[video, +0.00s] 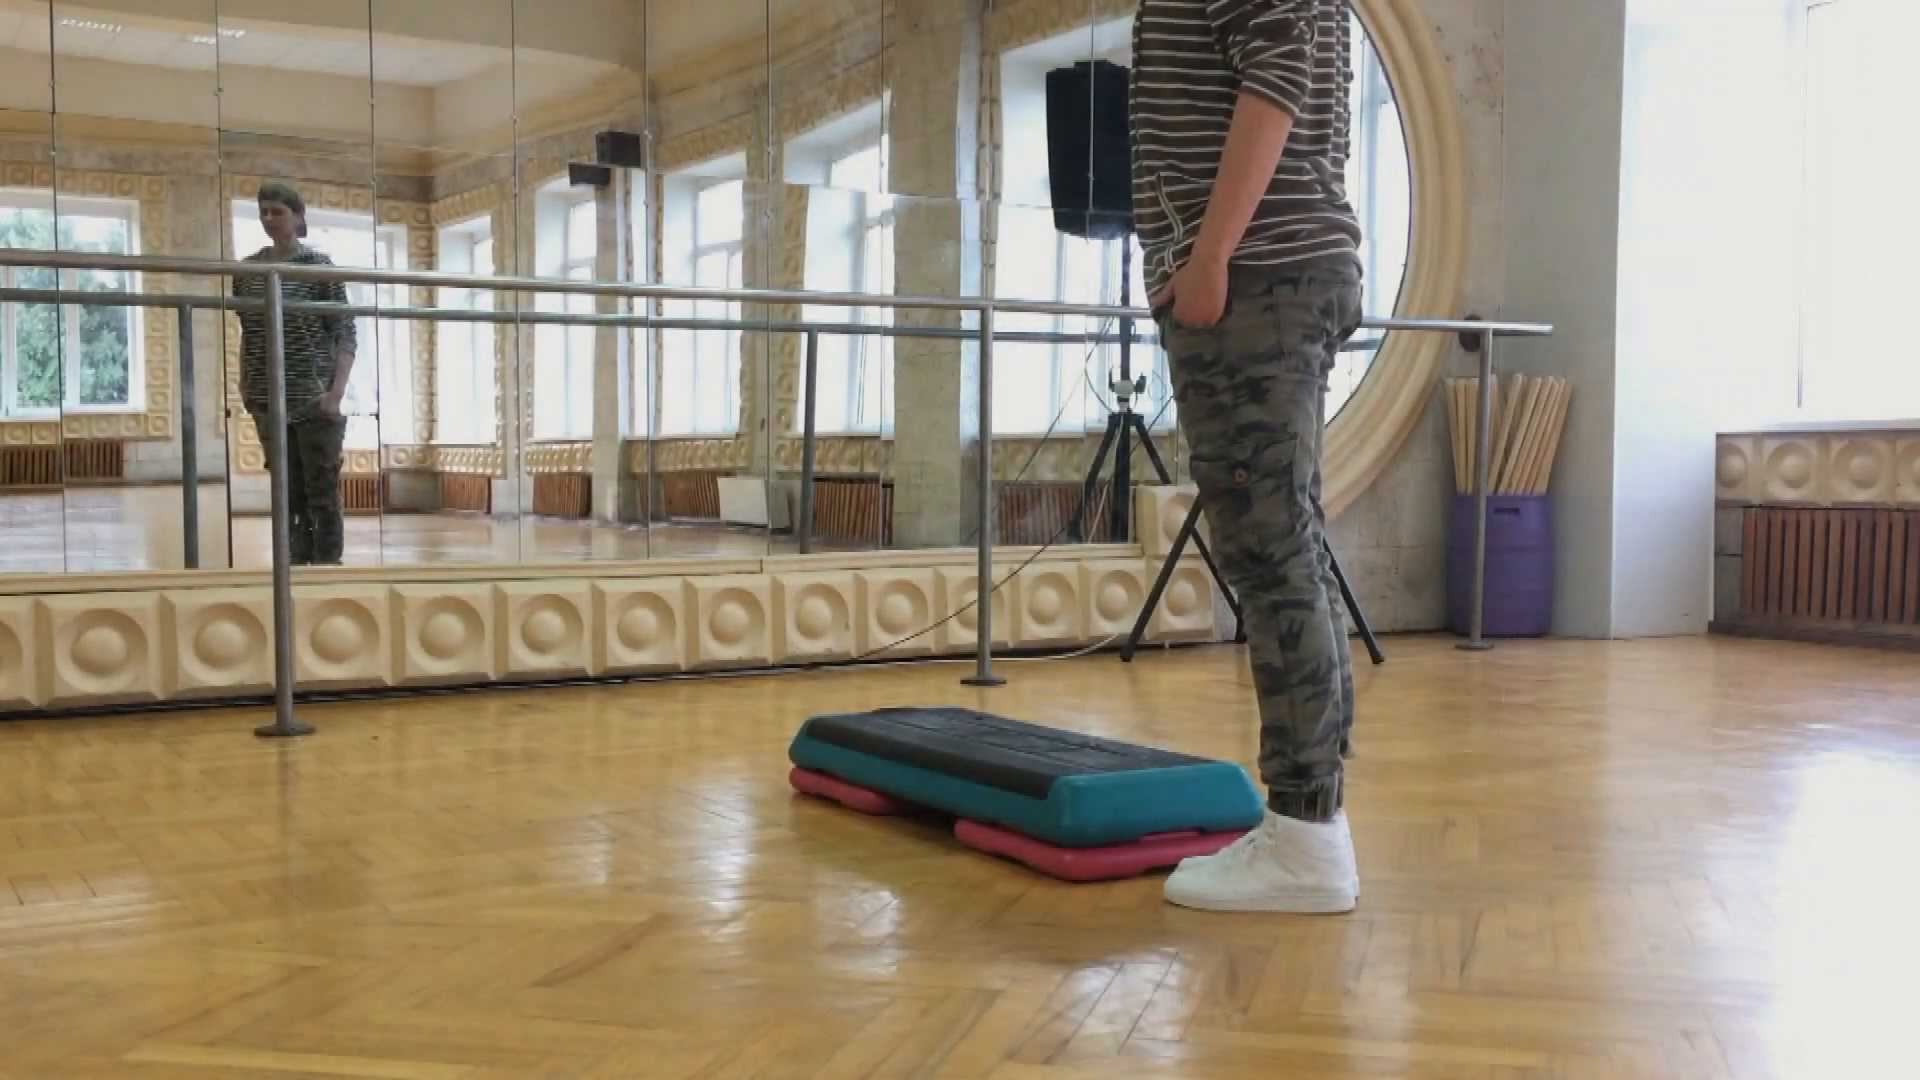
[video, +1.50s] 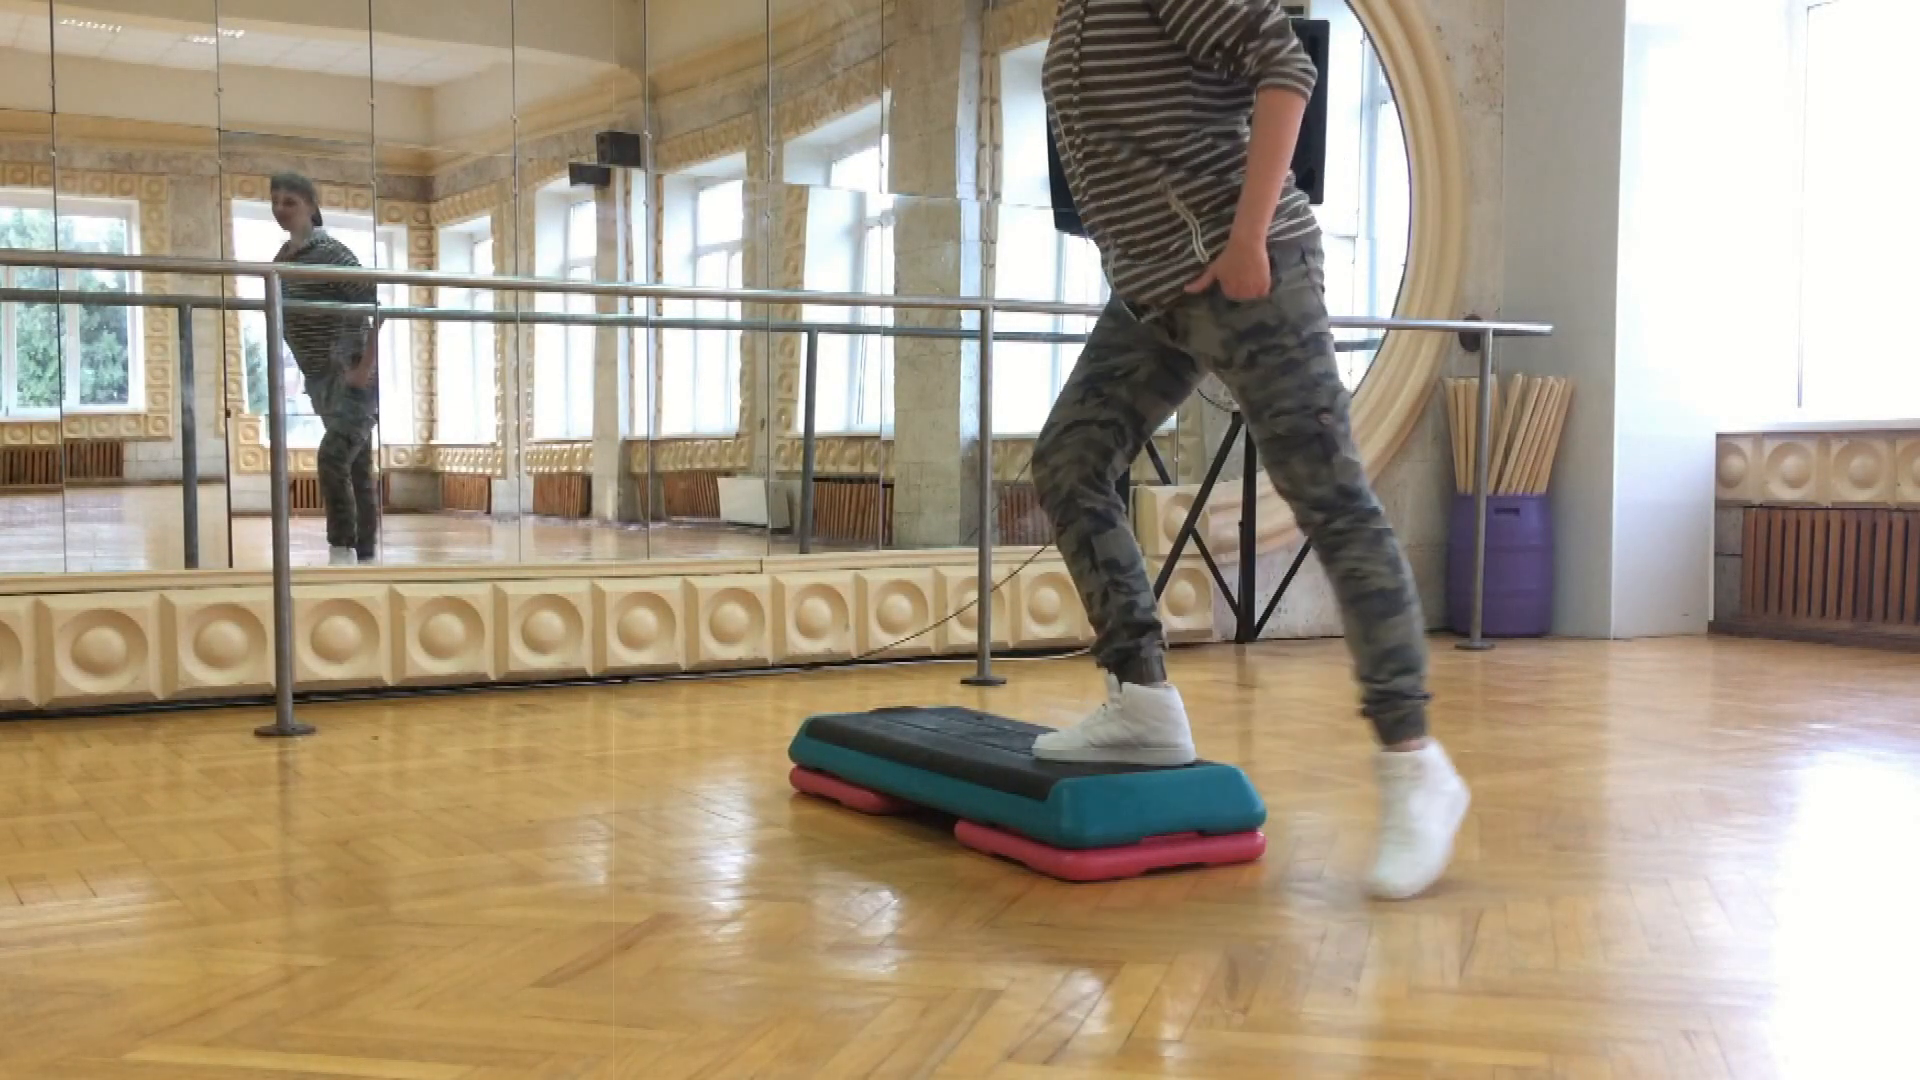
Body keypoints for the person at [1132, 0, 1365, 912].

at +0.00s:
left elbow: (1279, 75)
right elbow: (1268, 87)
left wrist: (1210, 253)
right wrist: (1193, 251)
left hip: (1259, 274)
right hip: (1253, 273)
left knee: (1265, 546)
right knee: (1276, 543)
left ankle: (1305, 838)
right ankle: (1305, 822)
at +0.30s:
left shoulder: (1264, 1)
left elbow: (1271, 83)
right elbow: (1258, 93)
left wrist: (1200, 257)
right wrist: (1184, 254)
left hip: (1250, 279)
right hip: (1246, 278)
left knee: (1254, 548)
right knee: (1266, 544)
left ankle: (1304, 836)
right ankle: (1304, 821)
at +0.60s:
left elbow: (1268, 86)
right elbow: (1264, 99)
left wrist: (1195, 261)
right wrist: (1185, 259)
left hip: (1247, 284)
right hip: (1241, 285)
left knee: (1267, 552)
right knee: (1273, 550)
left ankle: (1306, 838)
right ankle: (1306, 823)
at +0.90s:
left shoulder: (1233, 0)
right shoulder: (1288, 10)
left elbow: (1244, 93)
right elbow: (1315, 148)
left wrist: (1176, 264)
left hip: (1230, 287)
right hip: (1268, 283)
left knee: (1220, 559)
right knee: (1228, 555)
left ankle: (1303, 838)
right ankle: (1302, 824)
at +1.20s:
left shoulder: (1188, 2)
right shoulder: (1159, 20)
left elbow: (1258, 103)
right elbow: (1298, 135)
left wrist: (1178, 269)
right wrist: (1168, 260)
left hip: (1235, 279)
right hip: (1195, 285)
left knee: (1179, 557)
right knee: (1040, 439)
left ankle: (1292, 834)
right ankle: (1149, 674)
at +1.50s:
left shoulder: (1174, 3)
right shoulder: (1068, 24)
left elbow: (1287, 68)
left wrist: (1249, 235)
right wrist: (1142, 252)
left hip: (1249, 266)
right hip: (1149, 291)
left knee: (1330, 496)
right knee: (1071, 465)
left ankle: (1413, 763)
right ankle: (1144, 704)